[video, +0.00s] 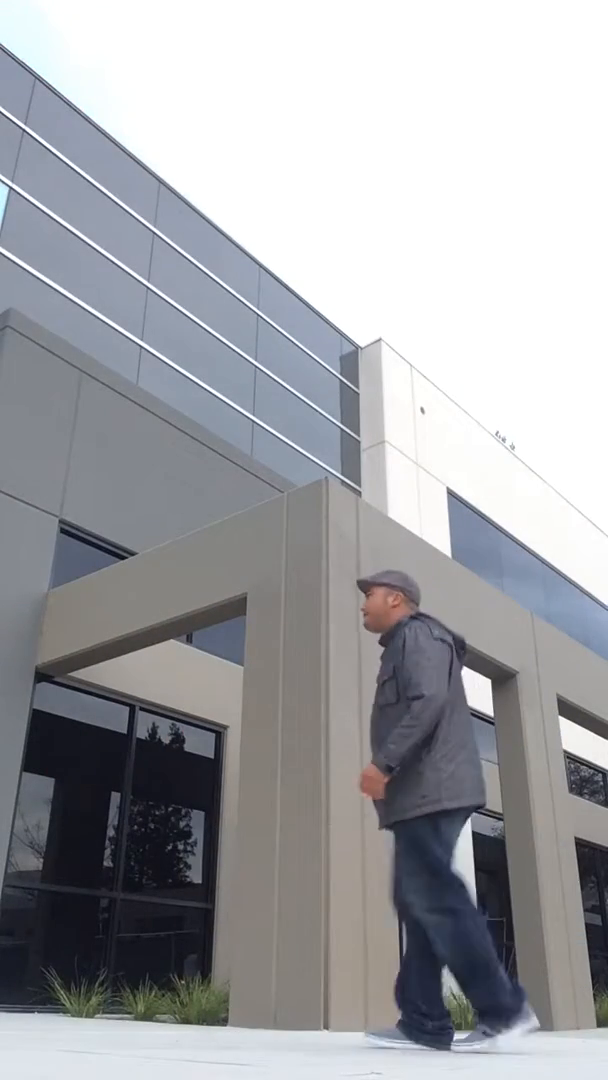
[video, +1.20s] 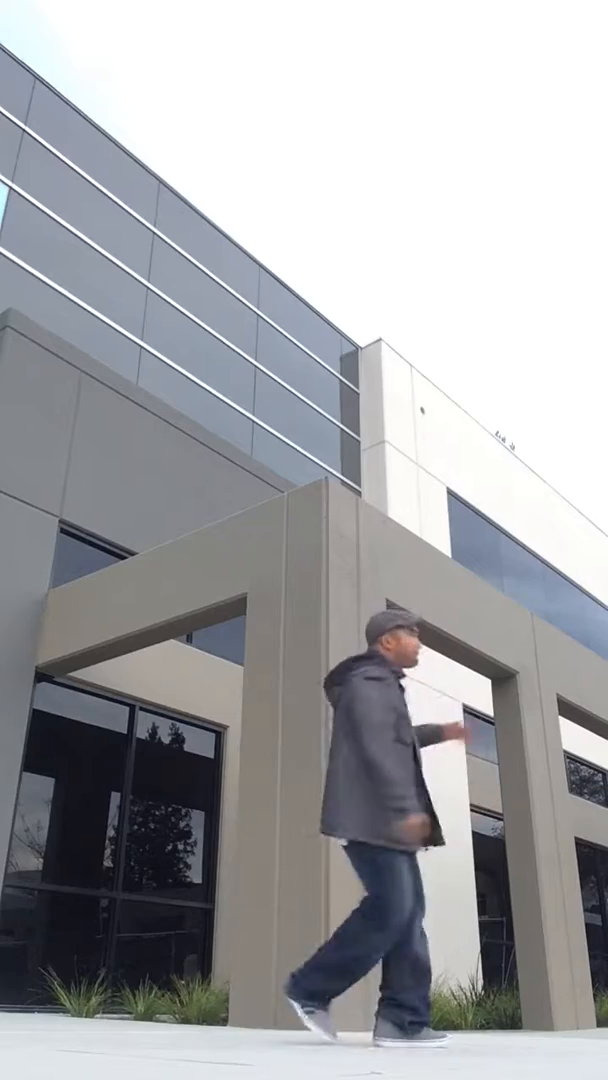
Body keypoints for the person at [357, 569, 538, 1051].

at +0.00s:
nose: (362, 605)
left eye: (368, 595)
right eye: (364, 597)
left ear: (396, 599)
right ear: (396, 600)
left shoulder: (417, 633)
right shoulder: (408, 641)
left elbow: (429, 701)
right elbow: (428, 712)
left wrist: (383, 764)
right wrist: (387, 771)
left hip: (435, 787)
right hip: (423, 789)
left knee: (431, 897)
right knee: (415, 900)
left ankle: (506, 1011)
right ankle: (424, 1024)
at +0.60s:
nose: (335, 645)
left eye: (338, 634)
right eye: (335, 636)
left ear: (360, 629)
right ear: (366, 630)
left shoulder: (380, 647)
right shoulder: (402, 663)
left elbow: (392, 686)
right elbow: (401, 745)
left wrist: (322, 716)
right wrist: (378, 804)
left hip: (414, 791)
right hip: (409, 800)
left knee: (409, 881)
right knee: (375, 909)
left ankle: (508, 1007)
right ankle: (384, 1032)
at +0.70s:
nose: (342, 638)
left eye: (344, 631)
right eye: (343, 632)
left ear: (358, 627)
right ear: (382, 630)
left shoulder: (365, 646)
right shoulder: (420, 664)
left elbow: (345, 679)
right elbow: (445, 733)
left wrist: (274, 705)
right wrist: (455, 800)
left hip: (395, 779)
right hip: (446, 786)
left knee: (355, 875)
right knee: (401, 909)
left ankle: (420, 934)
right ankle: (387, 1030)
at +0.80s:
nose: (352, 634)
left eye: (353, 628)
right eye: (357, 627)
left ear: (359, 629)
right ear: (397, 629)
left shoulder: (349, 653)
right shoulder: (435, 666)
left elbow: (305, 683)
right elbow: (466, 725)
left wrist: (257, 704)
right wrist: (473, 791)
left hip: (370, 777)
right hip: (434, 780)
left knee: (356, 876)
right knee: (415, 900)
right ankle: (389, 1024)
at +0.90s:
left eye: (378, 619)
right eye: (396, 620)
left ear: (365, 625)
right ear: (405, 626)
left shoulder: (339, 657)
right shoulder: (432, 658)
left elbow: (295, 696)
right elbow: (471, 715)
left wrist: (272, 714)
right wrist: (482, 778)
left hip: (357, 775)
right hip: (418, 773)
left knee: (368, 890)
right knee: (409, 888)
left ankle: (358, 999)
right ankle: (389, 1018)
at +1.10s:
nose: (425, 647)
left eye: (424, 639)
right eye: (421, 639)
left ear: (388, 643)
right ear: (403, 641)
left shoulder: (356, 680)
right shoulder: (404, 679)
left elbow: (345, 743)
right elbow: (426, 735)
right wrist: (471, 792)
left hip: (352, 811)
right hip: (386, 811)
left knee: (397, 913)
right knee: (402, 911)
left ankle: (404, 1020)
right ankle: (319, 987)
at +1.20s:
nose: (419, 643)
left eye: (418, 635)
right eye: (413, 635)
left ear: (390, 642)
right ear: (388, 640)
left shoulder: (385, 684)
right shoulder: (369, 682)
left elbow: (396, 739)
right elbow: (380, 749)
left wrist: (440, 732)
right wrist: (407, 810)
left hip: (388, 819)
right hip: (367, 818)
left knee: (409, 912)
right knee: (392, 907)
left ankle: (402, 1021)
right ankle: (308, 990)